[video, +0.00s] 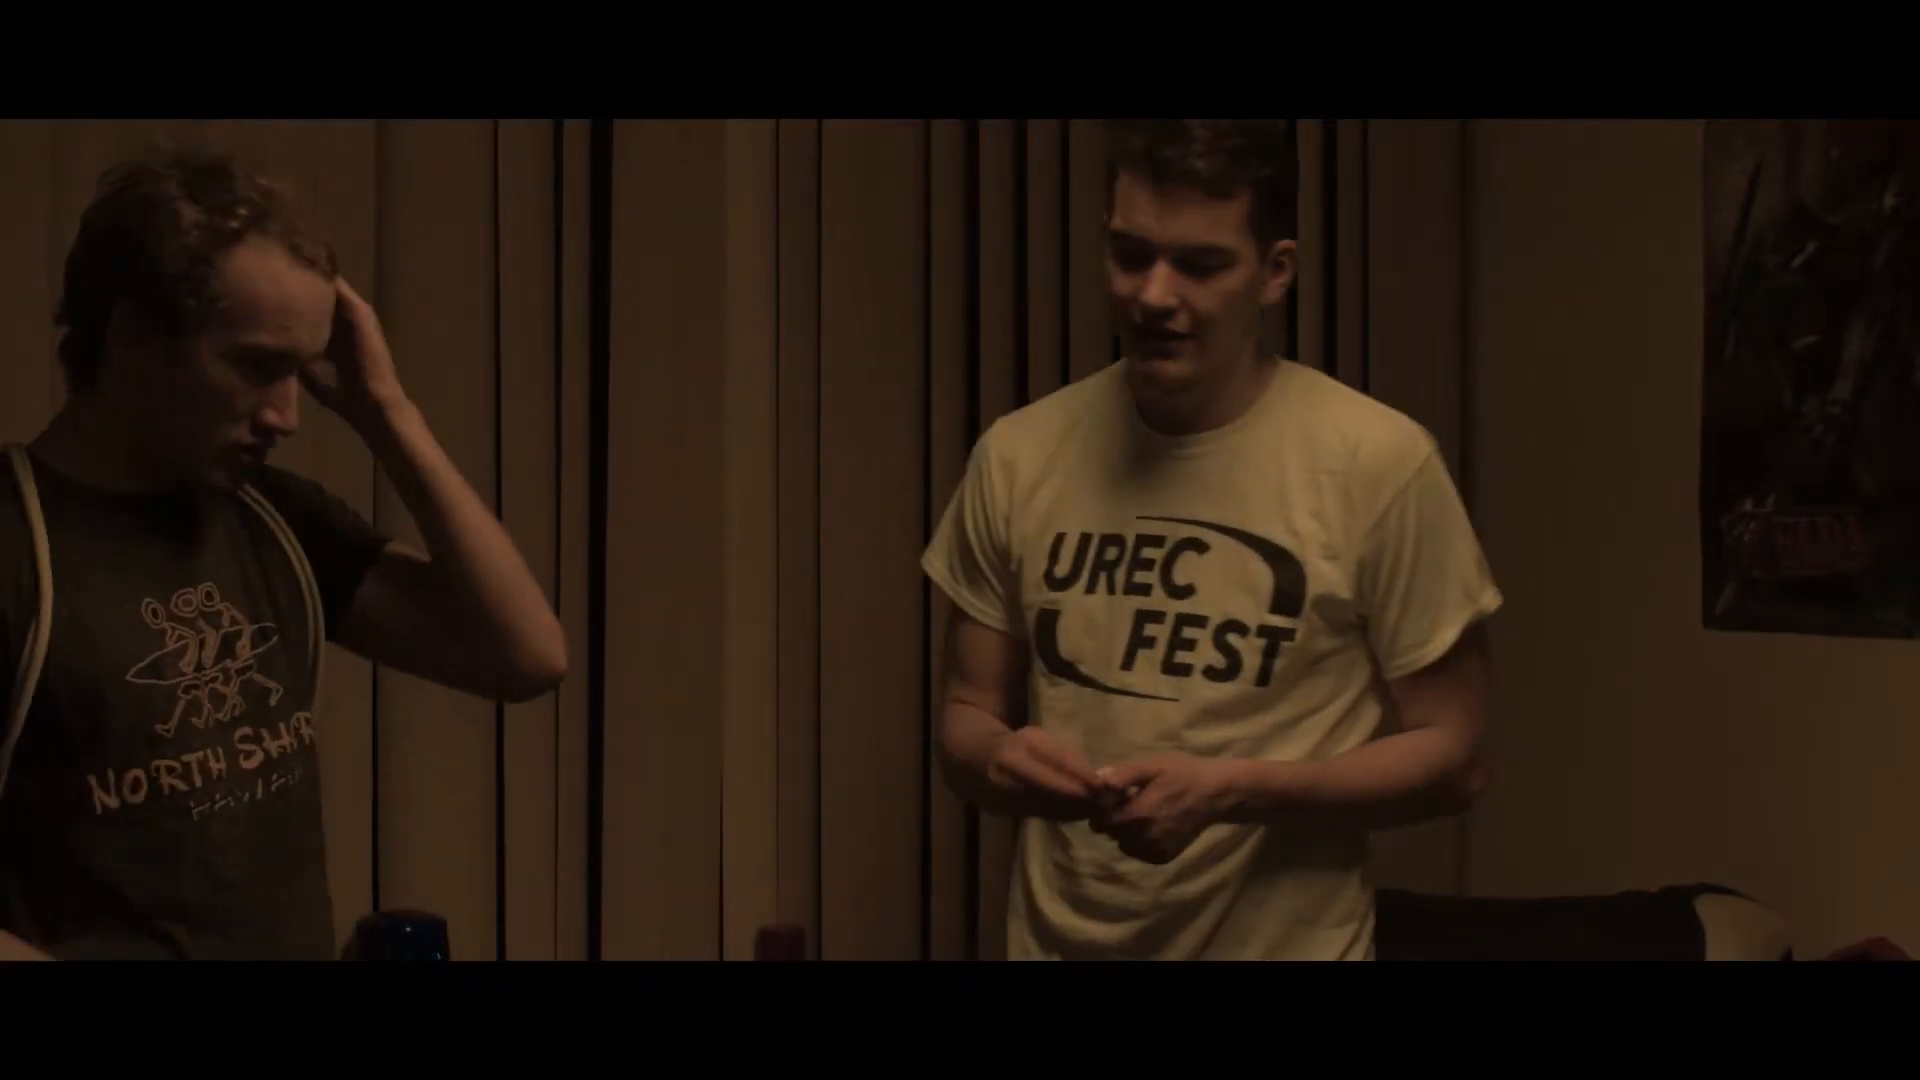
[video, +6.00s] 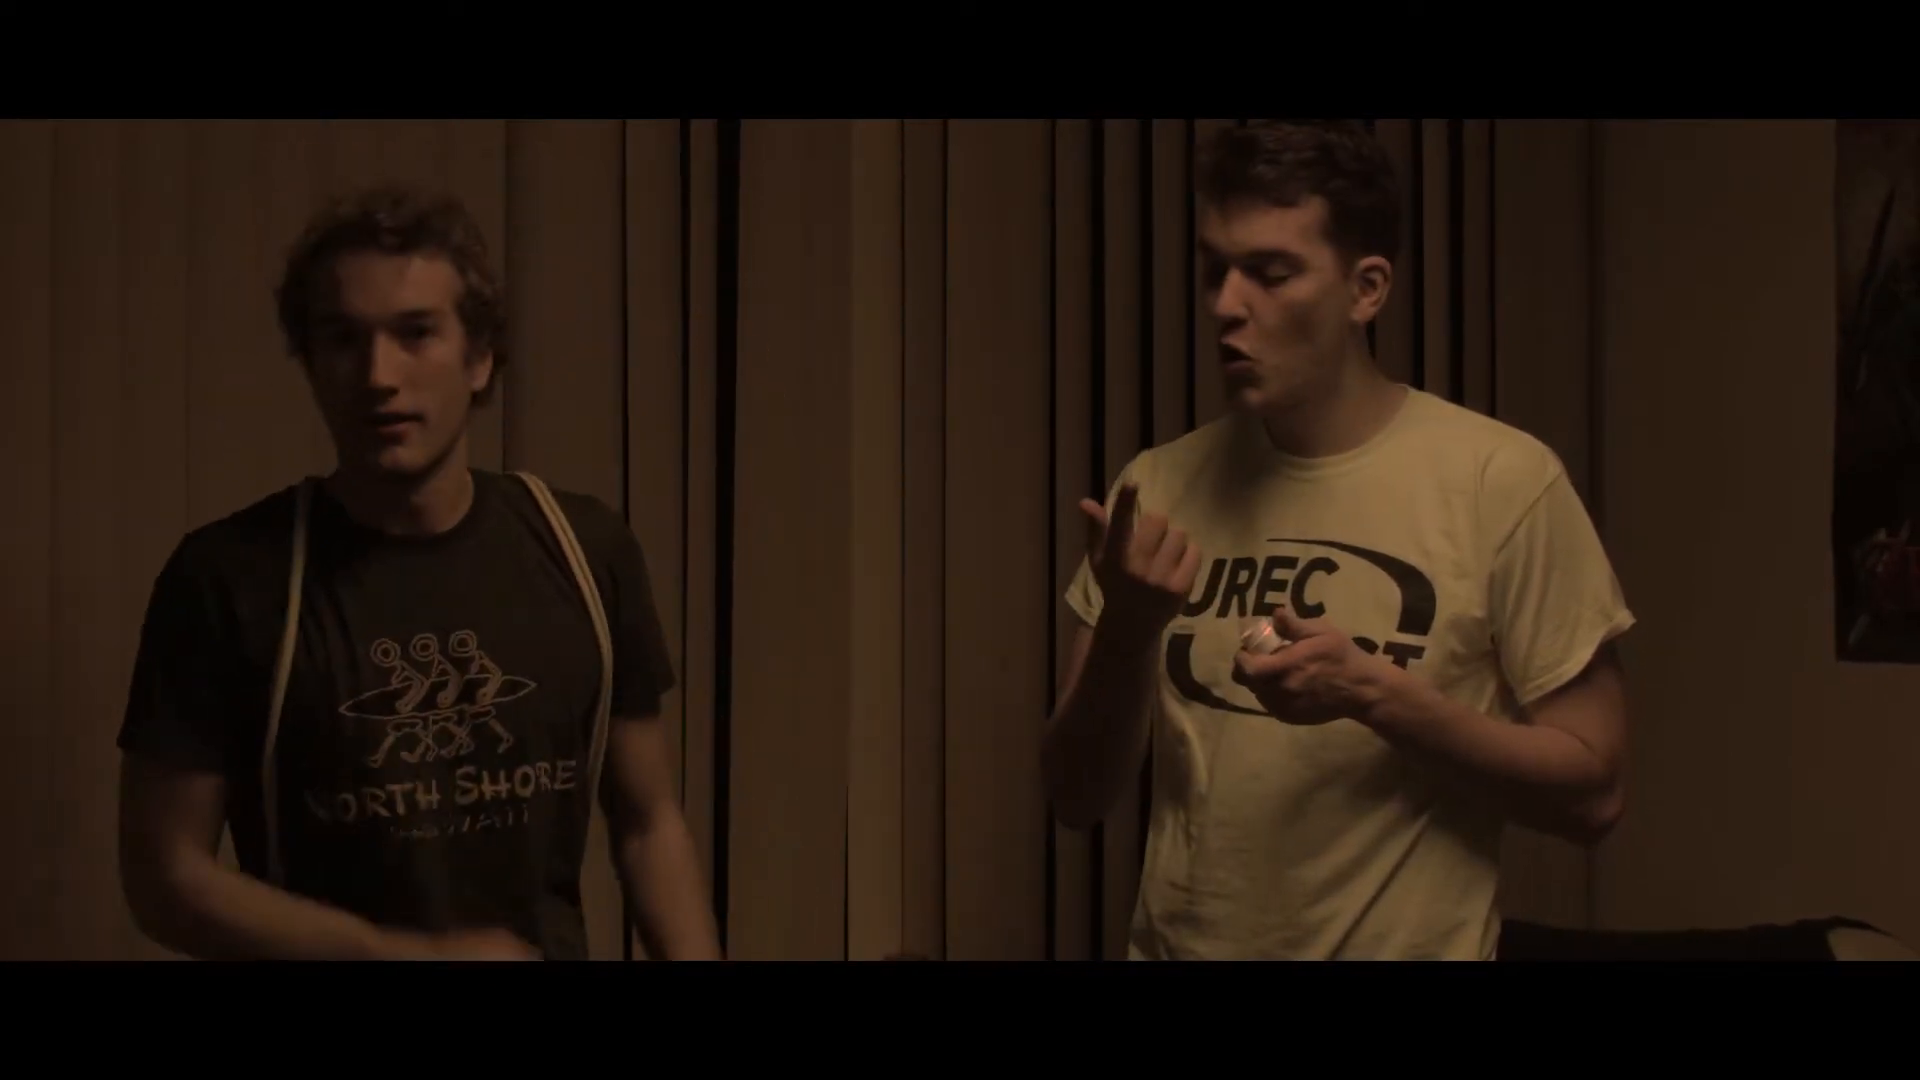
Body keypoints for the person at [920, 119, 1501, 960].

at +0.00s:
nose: (1153, 297)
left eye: (1199, 264)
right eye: (1131, 257)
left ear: (1275, 273)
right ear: (1106, 253)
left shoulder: (1379, 467)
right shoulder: (1019, 458)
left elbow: (1450, 751)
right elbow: (967, 703)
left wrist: (1232, 787)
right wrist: (1000, 760)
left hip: (1283, 946)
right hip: (1056, 945)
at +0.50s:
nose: (1264, 349)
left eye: (1310, 318)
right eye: (1239, 306)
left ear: (1378, 311)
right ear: (1204, 280)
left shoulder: (1473, 512)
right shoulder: (1103, 492)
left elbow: (1539, 807)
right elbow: (1037, 762)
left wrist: (1338, 811)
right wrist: (1109, 794)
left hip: (1371, 950)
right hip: (1148, 947)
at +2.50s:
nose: (1292, 334)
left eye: (1334, 300)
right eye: (1269, 296)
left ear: (1416, 280)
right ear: (1246, 277)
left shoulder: (1530, 469)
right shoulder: (1183, 459)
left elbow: (1606, 771)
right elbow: (1119, 740)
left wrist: (1360, 714)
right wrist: (1196, 718)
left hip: (1419, 943)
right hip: (1192, 939)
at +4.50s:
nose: (1287, 365)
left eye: (1328, 331)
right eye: (1260, 327)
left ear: (1403, 311)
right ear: (1237, 306)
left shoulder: (1515, 492)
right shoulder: (1167, 497)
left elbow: (1597, 797)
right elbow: (1091, 802)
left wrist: (1393, 693)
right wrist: (1144, 713)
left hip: (1417, 945)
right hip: (1194, 943)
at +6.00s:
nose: (1224, 307)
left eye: (1270, 272)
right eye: (1216, 271)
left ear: (1366, 289)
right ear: (1201, 273)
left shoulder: (1505, 486)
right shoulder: (1157, 486)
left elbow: (1592, 791)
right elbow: (1076, 799)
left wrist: (1376, 691)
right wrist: (1126, 630)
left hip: (1406, 946)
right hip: (1179, 941)